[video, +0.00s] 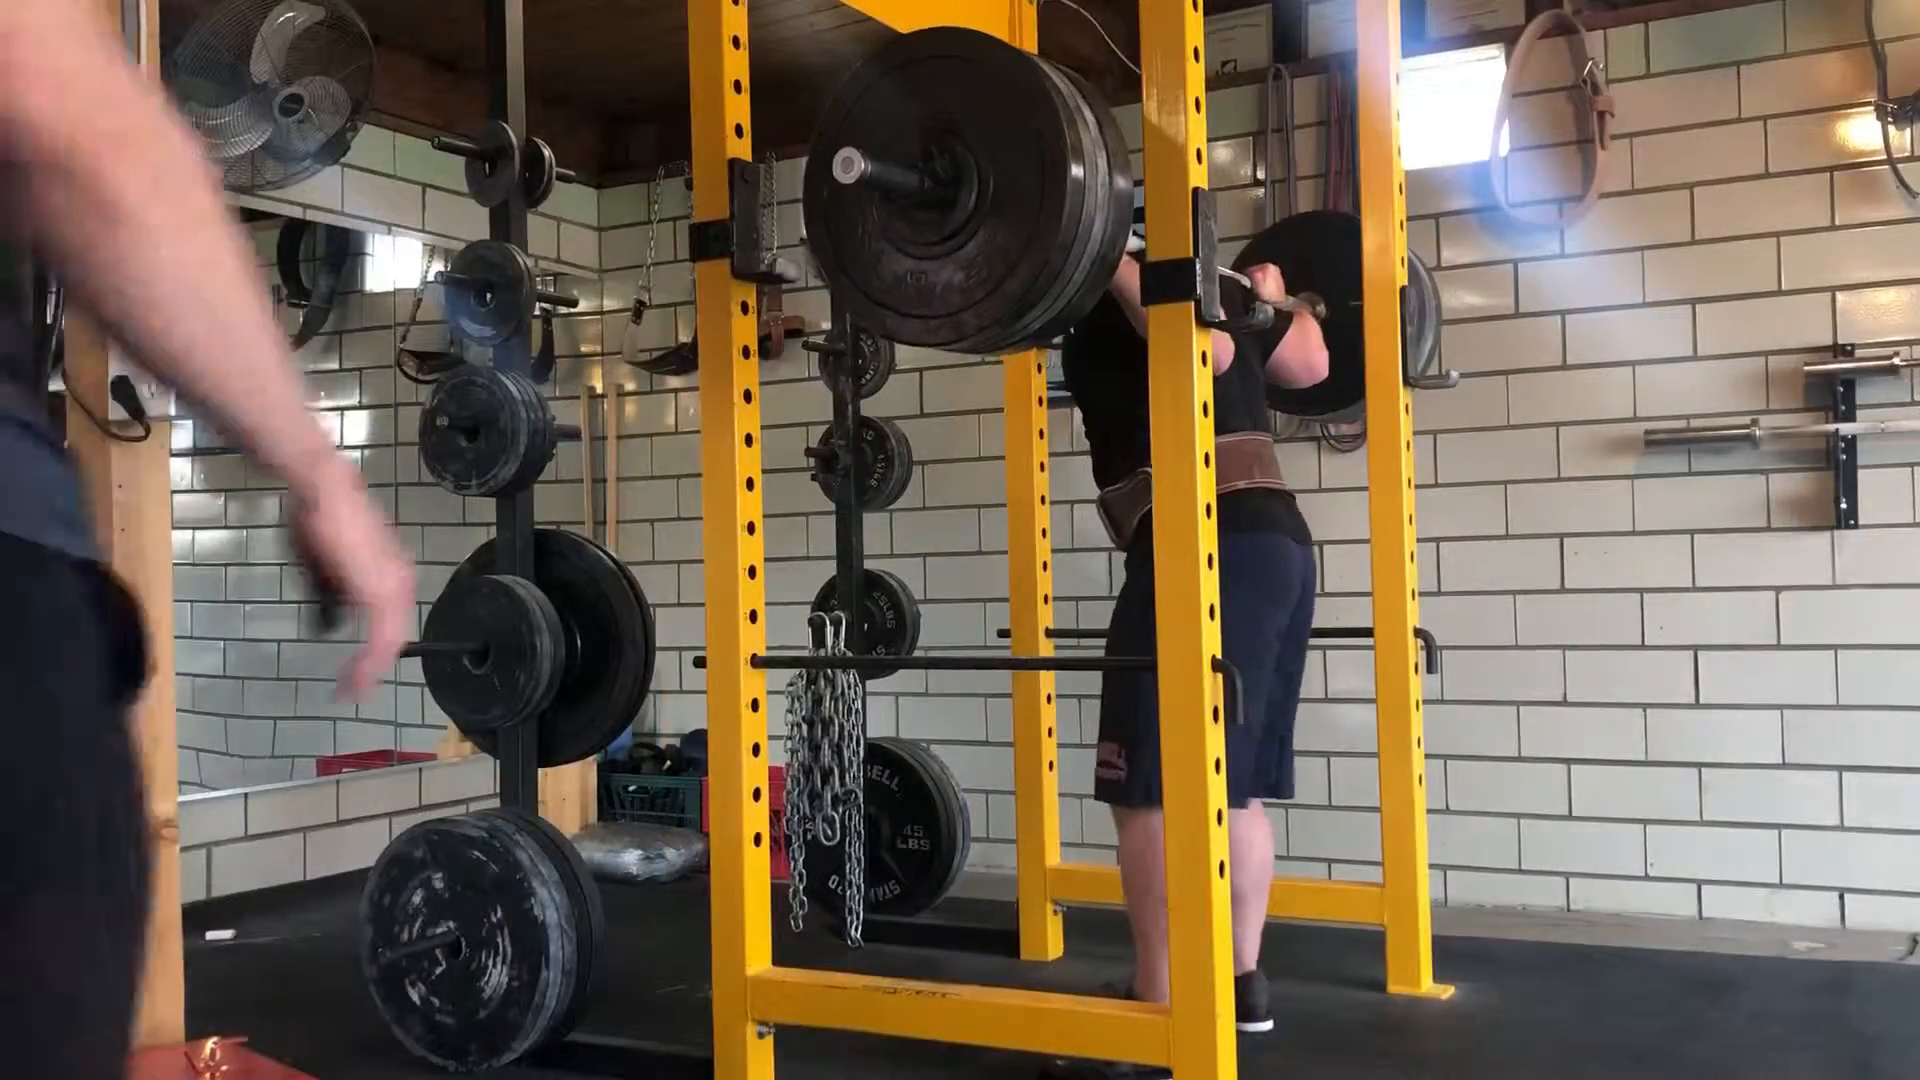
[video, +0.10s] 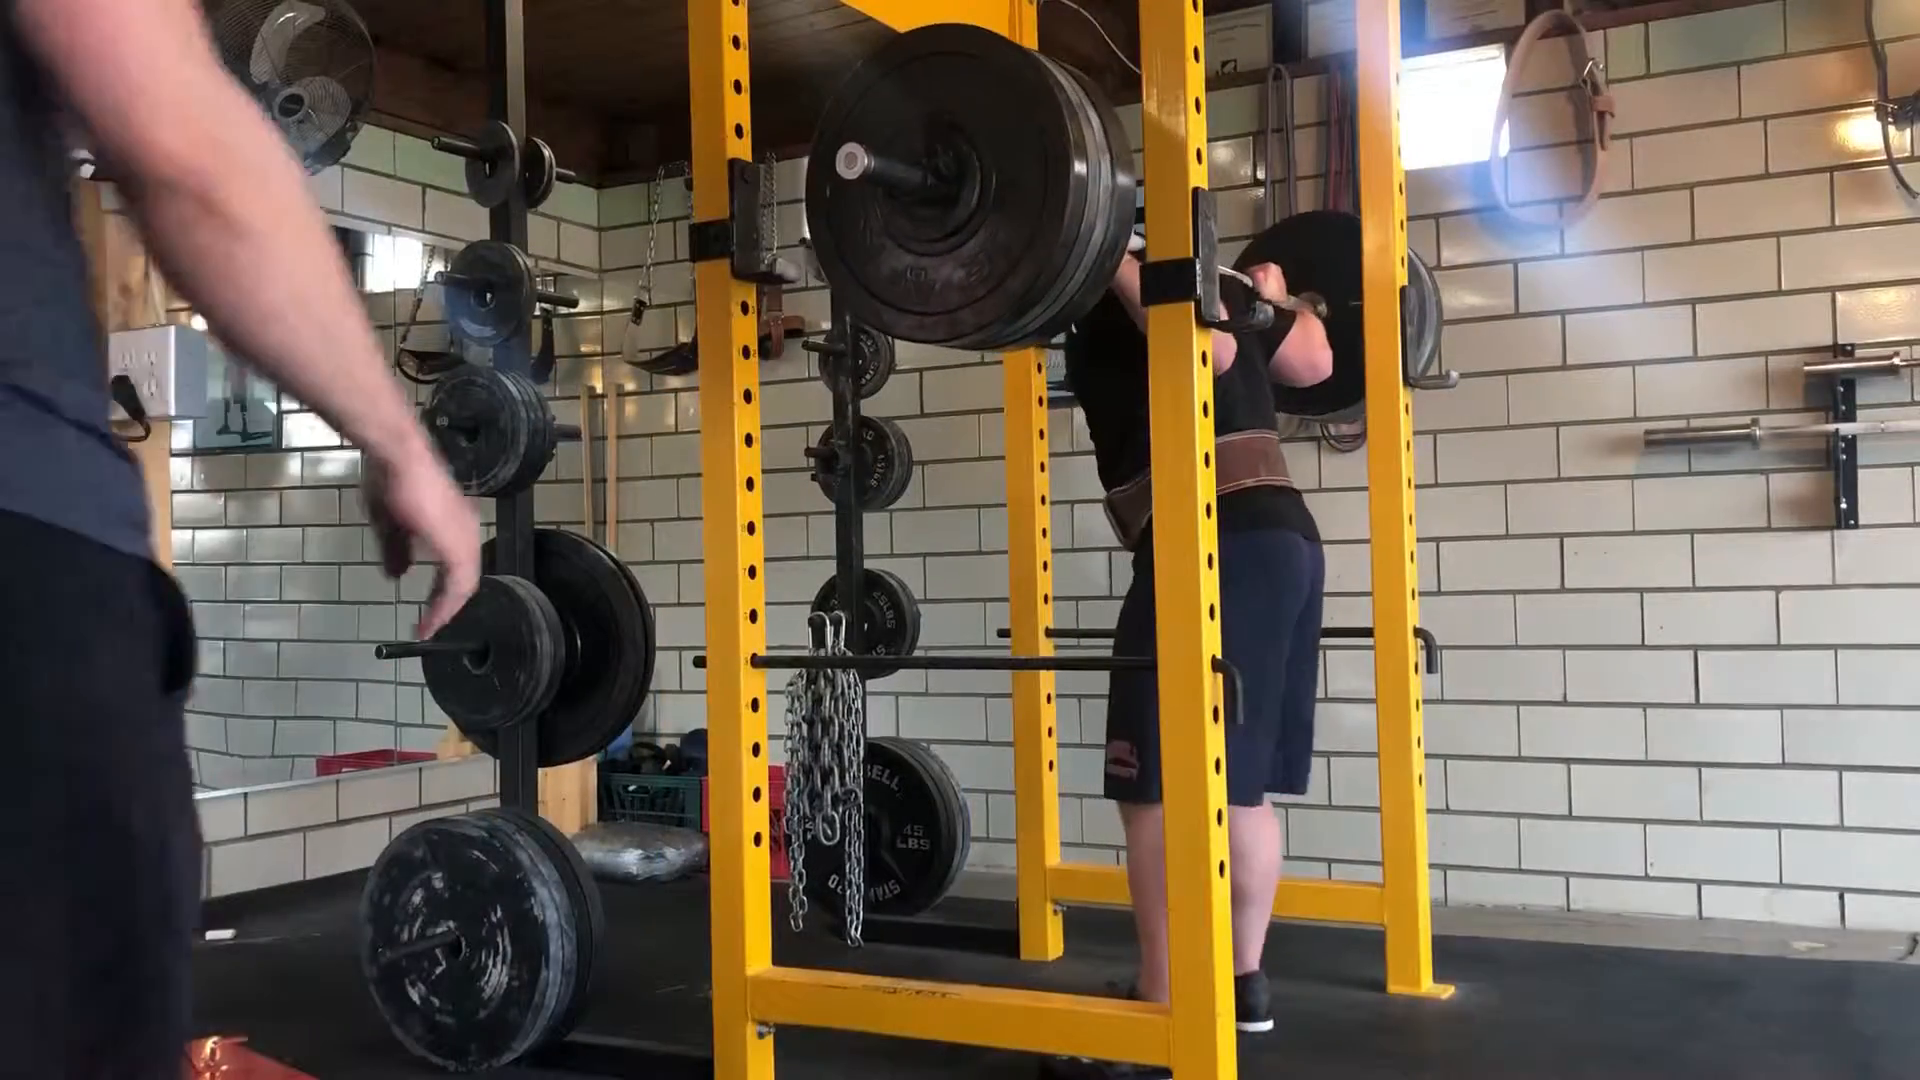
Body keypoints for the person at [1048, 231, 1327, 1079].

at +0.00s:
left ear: (1093, 238)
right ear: (1159, 226)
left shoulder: (1113, 289)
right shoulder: (1221, 286)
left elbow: (1206, 355)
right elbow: (1312, 361)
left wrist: (1124, 273)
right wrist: (1274, 297)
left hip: (1192, 537)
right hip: (1275, 540)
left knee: (1138, 777)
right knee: (1245, 778)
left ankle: (1159, 1000)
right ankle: (1244, 983)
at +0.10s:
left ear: (1109, 241)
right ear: (1187, 225)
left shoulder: (1113, 298)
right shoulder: (1230, 288)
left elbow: (1209, 352)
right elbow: (1315, 359)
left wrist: (1124, 266)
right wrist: (1275, 297)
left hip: (1201, 542)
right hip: (1282, 541)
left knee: (1145, 776)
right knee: (1251, 779)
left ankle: (1161, 998)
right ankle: (1245, 984)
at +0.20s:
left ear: (1109, 231)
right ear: (1182, 216)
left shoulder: (1124, 284)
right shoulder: (1229, 285)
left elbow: (1216, 348)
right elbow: (1317, 357)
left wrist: (1123, 260)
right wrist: (1277, 295)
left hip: (1206, 538)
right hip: (1281, 539)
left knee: (1145, 769)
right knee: (1252, 776)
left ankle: (1161, 994)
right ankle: (1245, 985)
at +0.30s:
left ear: (1109, 250)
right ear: (1185, 233)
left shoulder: (1113, 304)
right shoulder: (1230, 289)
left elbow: (1214, 351)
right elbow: (1316, 358)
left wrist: (1130, 273)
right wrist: (1274, 295)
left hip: (1198, 538)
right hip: (1279, 538)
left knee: (1141, 770)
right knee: (1249, 776)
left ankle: (1159, 1000)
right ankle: (1245, 986)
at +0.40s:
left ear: (1096, 247)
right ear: (1163, 231)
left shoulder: (1107, 308)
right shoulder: (1225, 291)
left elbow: (1213, 353)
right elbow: (1311, 363)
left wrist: (1134, 272)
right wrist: (1274, 298)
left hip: (1196, 536)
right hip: (1279, 539)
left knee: (1141, 776)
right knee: (1243, 776)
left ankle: (1158, 1001)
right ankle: (1243, 978)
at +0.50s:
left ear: (1105, 240)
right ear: (1174, 230)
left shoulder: (1116, 295)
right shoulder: (1229, 293)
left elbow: (1214, 355)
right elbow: (1314, 363)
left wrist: (1135, 279)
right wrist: (1276, 299)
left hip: (1194, 535)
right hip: (1278, 539)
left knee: (1138, 775)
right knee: (1246, 777)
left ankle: (1158, 1002)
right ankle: (1249, 983)